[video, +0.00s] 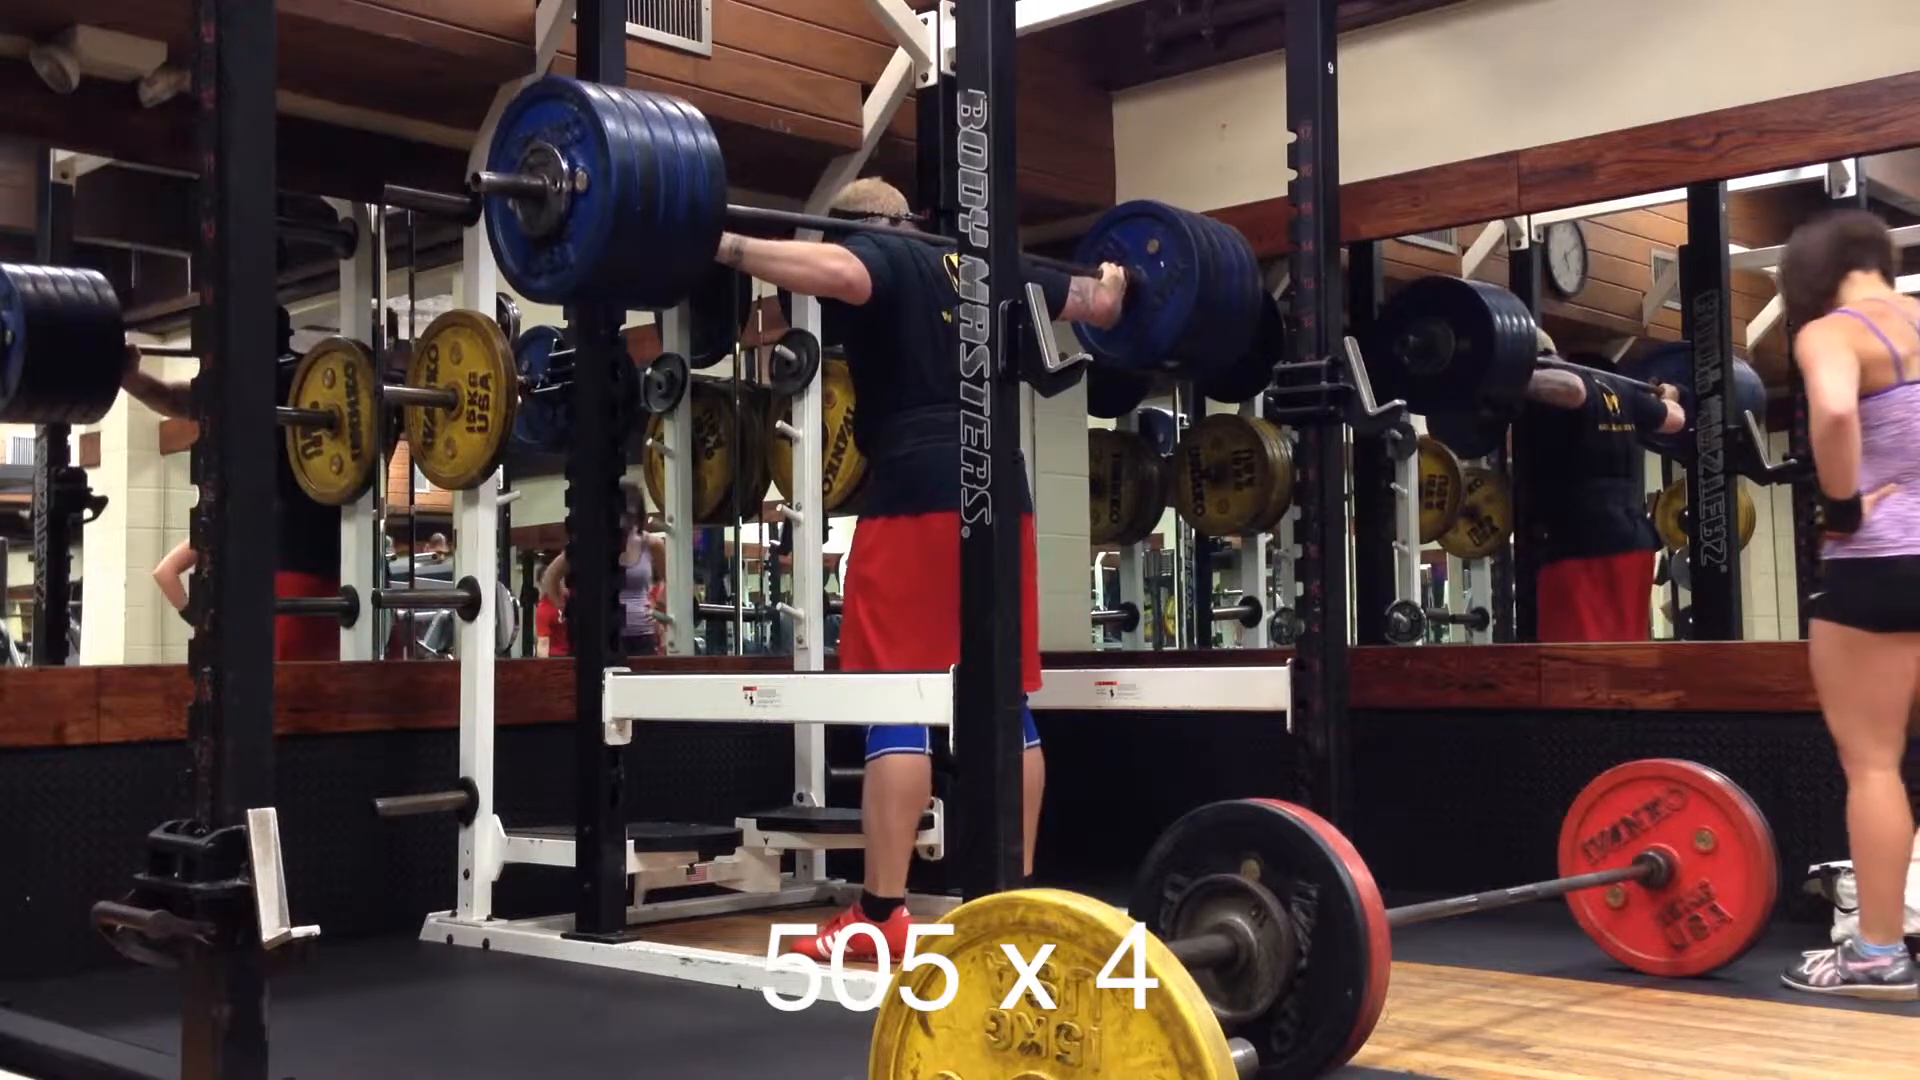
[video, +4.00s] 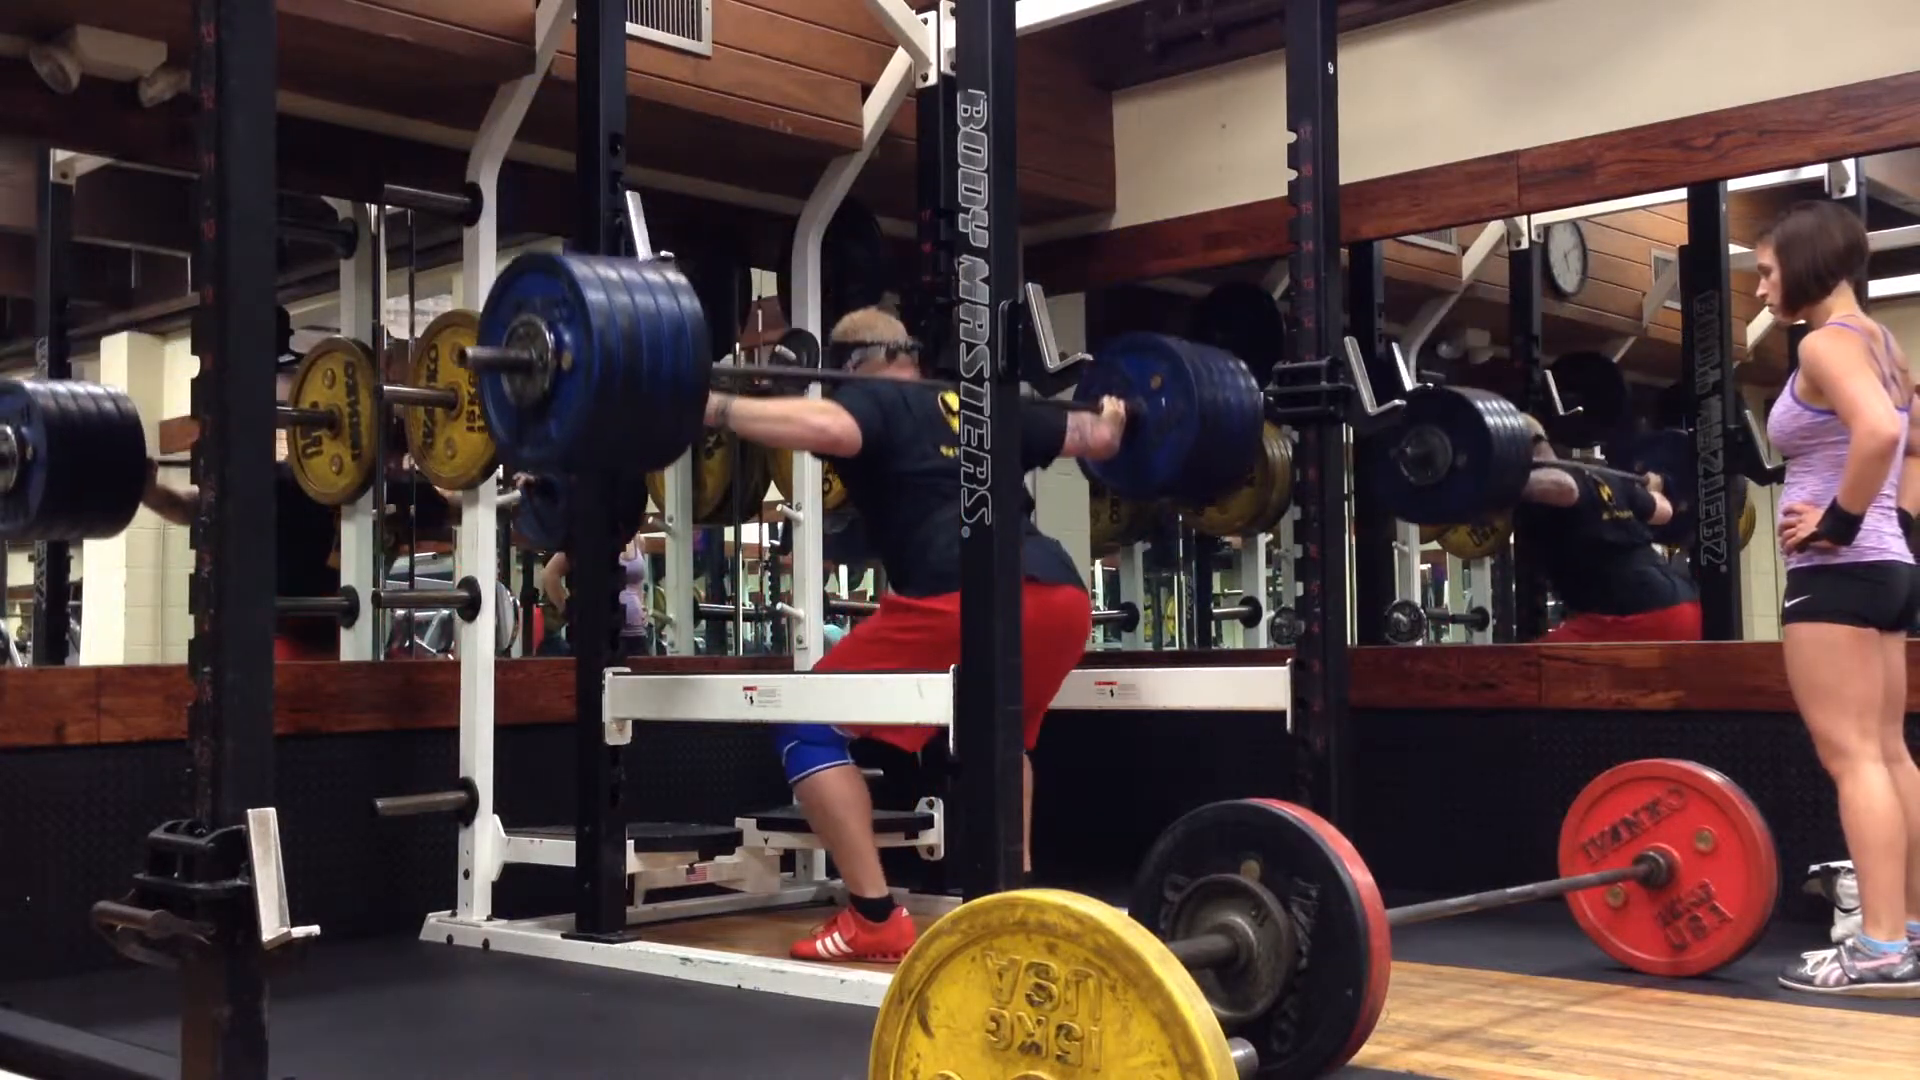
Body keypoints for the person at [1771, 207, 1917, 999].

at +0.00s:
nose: (1792, 289)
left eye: (1794, 275)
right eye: (1790, 276)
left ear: (1813, 271)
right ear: (1880, 264)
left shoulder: (1828, 333)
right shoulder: (1911, 313)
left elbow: (1836, 413)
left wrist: (1843, 509)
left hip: (1878, 561)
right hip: (1903, 557)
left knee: (1872, 761)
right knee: (1879, 756)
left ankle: (1879, 947)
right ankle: (1886, 934)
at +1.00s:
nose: (1762, 283)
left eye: (1767, 268)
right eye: (1762, 267)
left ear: (1795, 271)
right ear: (1848, 264)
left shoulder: (1830, 347)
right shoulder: (1881, 339)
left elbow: (1885, 439)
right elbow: (1904, 456)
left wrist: (1845, 523)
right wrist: (1841, 510)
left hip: (1846, 575)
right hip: (1893, 569)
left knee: (1857, 756)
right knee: (1894, 749)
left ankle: (1877, 943)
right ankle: (1905, 924)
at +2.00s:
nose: (1774, 289)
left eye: (1781, 274)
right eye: (1773, 274)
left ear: (1820, 270)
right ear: (1849, 270)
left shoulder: (1842, 344)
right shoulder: (1882, 339)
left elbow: (1894, 430)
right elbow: (1890, 440)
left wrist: (1852, 522)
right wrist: (1838, 508)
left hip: (1850, 577)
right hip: (1892, 572)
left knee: (1859, 756)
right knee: (1896, 749)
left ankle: (1883, 942)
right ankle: (1897, 930)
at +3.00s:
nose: (1766, 283)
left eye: (1772, 267)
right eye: (1766, 267)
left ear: (1807, 265)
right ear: (1848, 264)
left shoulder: (1832, 344)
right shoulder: (1882, 342)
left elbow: (1885, 432)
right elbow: (1907, 444)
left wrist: (1842, 519)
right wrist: (1892, 516)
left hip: (1842, 574)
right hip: (1887, 569)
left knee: (1855, 758)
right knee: (1888, 750)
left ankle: (1882, 942)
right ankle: (1902, 927)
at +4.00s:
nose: (1759, 283)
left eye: (1764, 267)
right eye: (1758, 268)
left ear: (1800, 264)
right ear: (1838, 263)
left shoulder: (1825, 343)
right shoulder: (1875, 339)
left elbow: (1878, 431)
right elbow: (1907, 444)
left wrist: (1837, 521)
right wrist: (1891, 521)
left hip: (1836, 572)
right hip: (1884, 567)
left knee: (1853, 757)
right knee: (1886, 750)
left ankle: (1882, 943)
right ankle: (1904, 927)